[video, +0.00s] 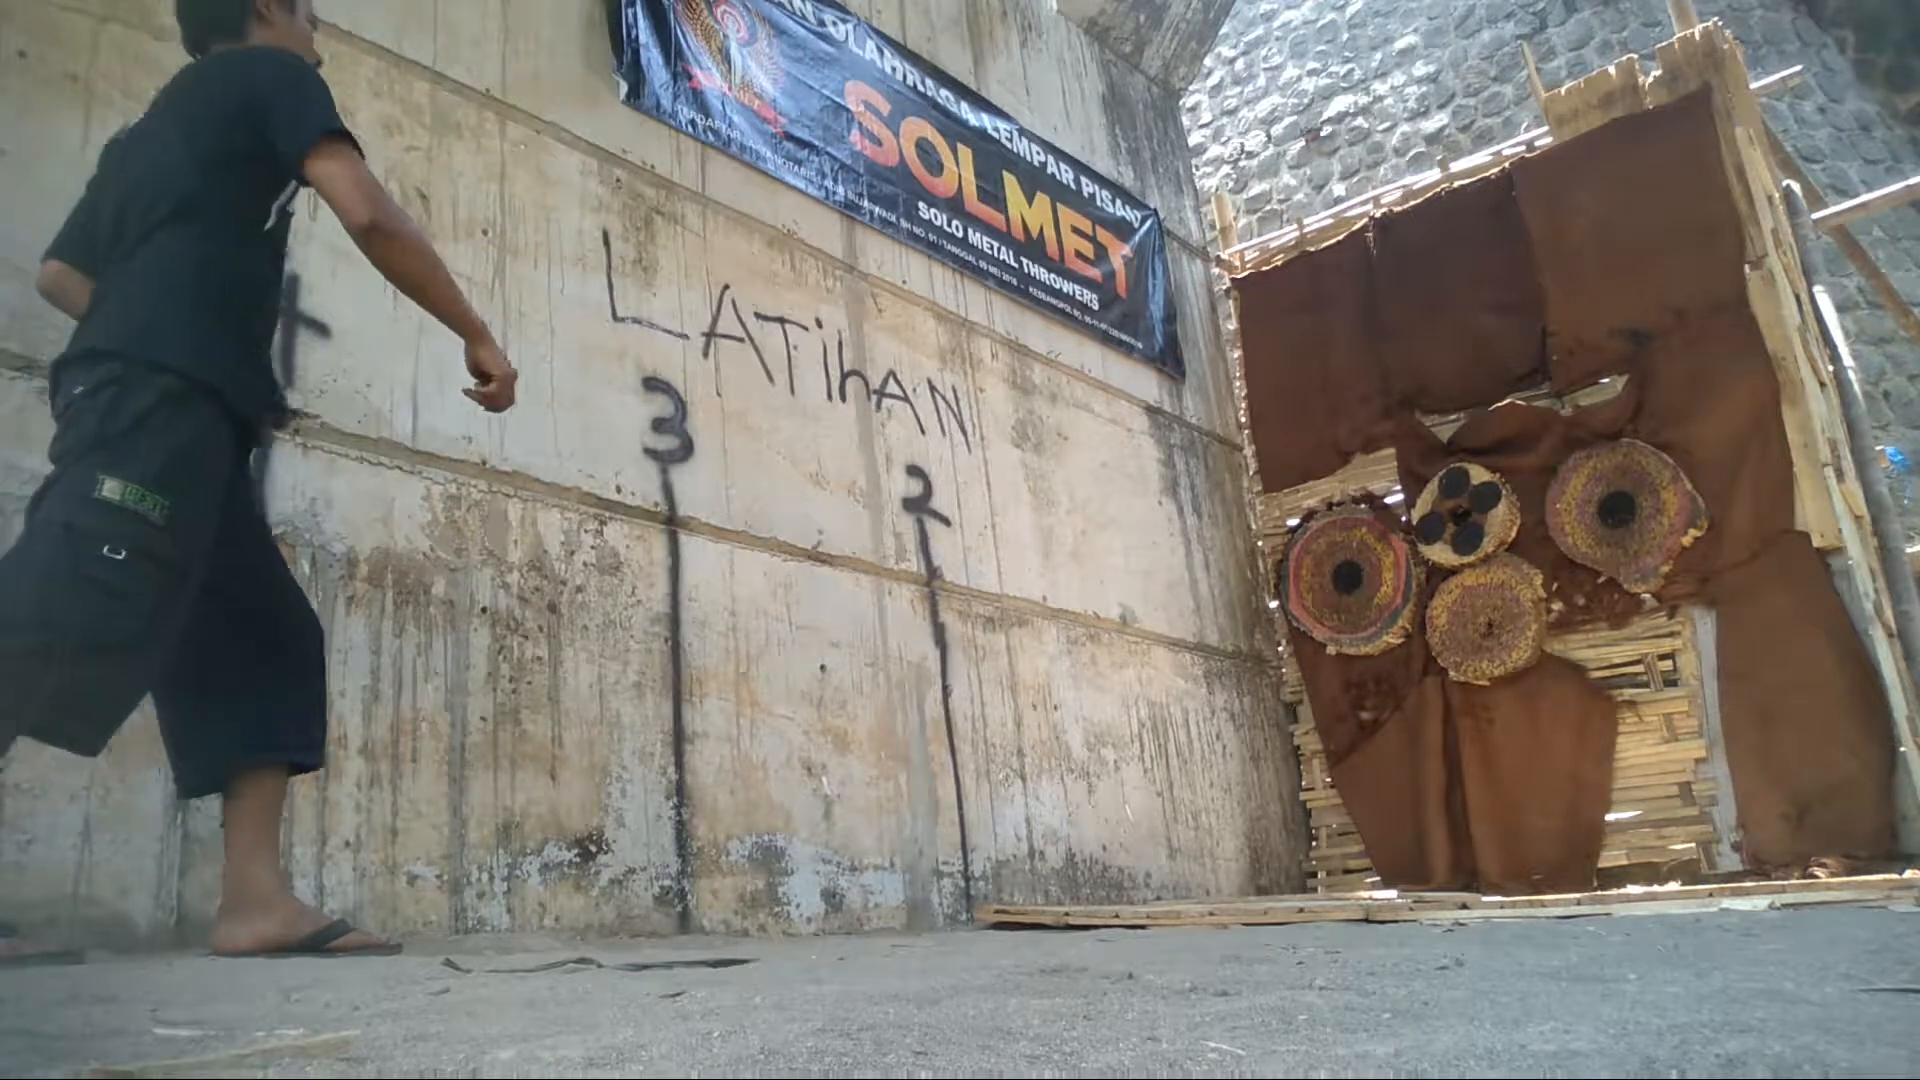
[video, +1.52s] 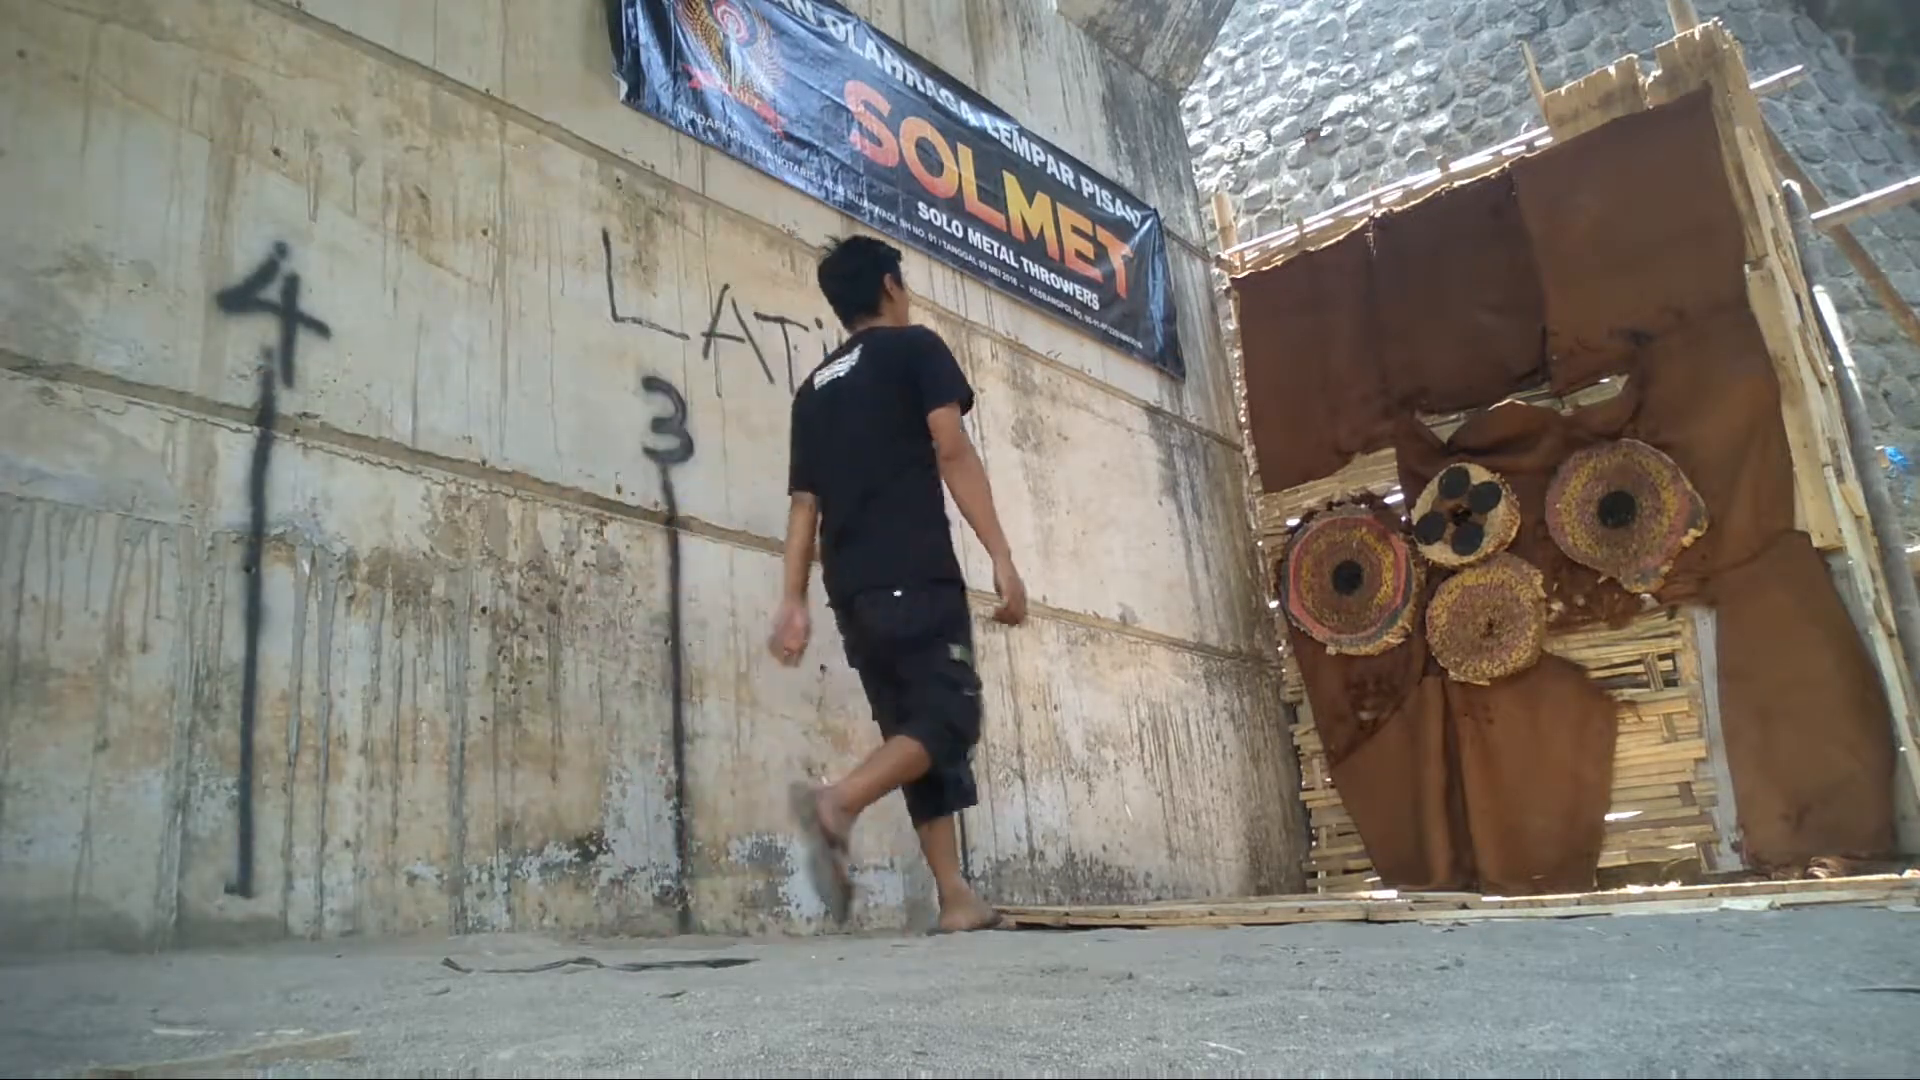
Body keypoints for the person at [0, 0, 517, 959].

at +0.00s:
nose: (316, 35)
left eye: (313, 19)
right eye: (306, 17)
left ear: (215, 29)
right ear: (263, 14)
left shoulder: (143, 133)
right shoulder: (278, 75)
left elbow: (61, 272)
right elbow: (366, 214)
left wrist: (184, 345)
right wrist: (476, 331)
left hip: (139, 402)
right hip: (161, 398)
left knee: (271, 638)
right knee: (41, 635)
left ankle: (255, 901)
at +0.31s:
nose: (395, 74)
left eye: (390, 55)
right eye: (387, 54)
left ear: (304, 68)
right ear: (351, 53)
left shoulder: (251, 178)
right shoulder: (365, 121)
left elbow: (194, 323)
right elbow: (381, 245)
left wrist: (307, 368)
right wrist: (413, 372)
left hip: (243, 422)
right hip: (300, 420)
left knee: (315, 650)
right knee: (287, 634)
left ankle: (260, 905)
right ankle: (56, 806)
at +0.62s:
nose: (533, 145)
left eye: (530, 129)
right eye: (526, 127)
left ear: (446, 138)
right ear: (496, 124)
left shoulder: (411, 226)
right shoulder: (496, 182)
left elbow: (401, 364)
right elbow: (450, 279)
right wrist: (441, 412)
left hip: (387, 485)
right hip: (477, 475)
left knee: (339, 676)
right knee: (580, 658)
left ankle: (256, 897)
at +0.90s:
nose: (668, 192)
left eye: (662, 176)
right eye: (660, 176)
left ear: (583, 190)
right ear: (636, 177)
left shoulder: (548, 282)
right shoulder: (642, 248)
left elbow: (546, 424)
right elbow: (655, 371)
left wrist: (542, 529)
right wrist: (692, 496)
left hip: (556, 544)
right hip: (637, 528)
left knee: (532, 721)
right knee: (708, 700)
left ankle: (390, 826)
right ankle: (701, 909)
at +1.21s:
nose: (810, 245)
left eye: (804, 231)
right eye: (804, 231)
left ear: (733, 246)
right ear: (784, 234)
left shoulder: (692, 337)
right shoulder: (800, 300)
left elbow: (647, 456)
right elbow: (869, 407)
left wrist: (616, 555)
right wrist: (953, 493)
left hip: (714, 546)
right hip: (778, 534)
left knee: (818, 701)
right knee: (755, 704)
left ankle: (883, 888)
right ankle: (698, 910)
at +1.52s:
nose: (910, 295)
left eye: (904, 283)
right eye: (905, 282)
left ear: (838, 305)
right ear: (889, 288)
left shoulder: (814, 387)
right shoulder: (916, 347)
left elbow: (804, 503)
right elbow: (954, 453)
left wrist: (793, 599)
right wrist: (1002, 555)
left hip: (853, 591)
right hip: (918, 576)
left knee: (915, 735)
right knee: (951, 717)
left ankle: (957, 899)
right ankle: (839, 802)